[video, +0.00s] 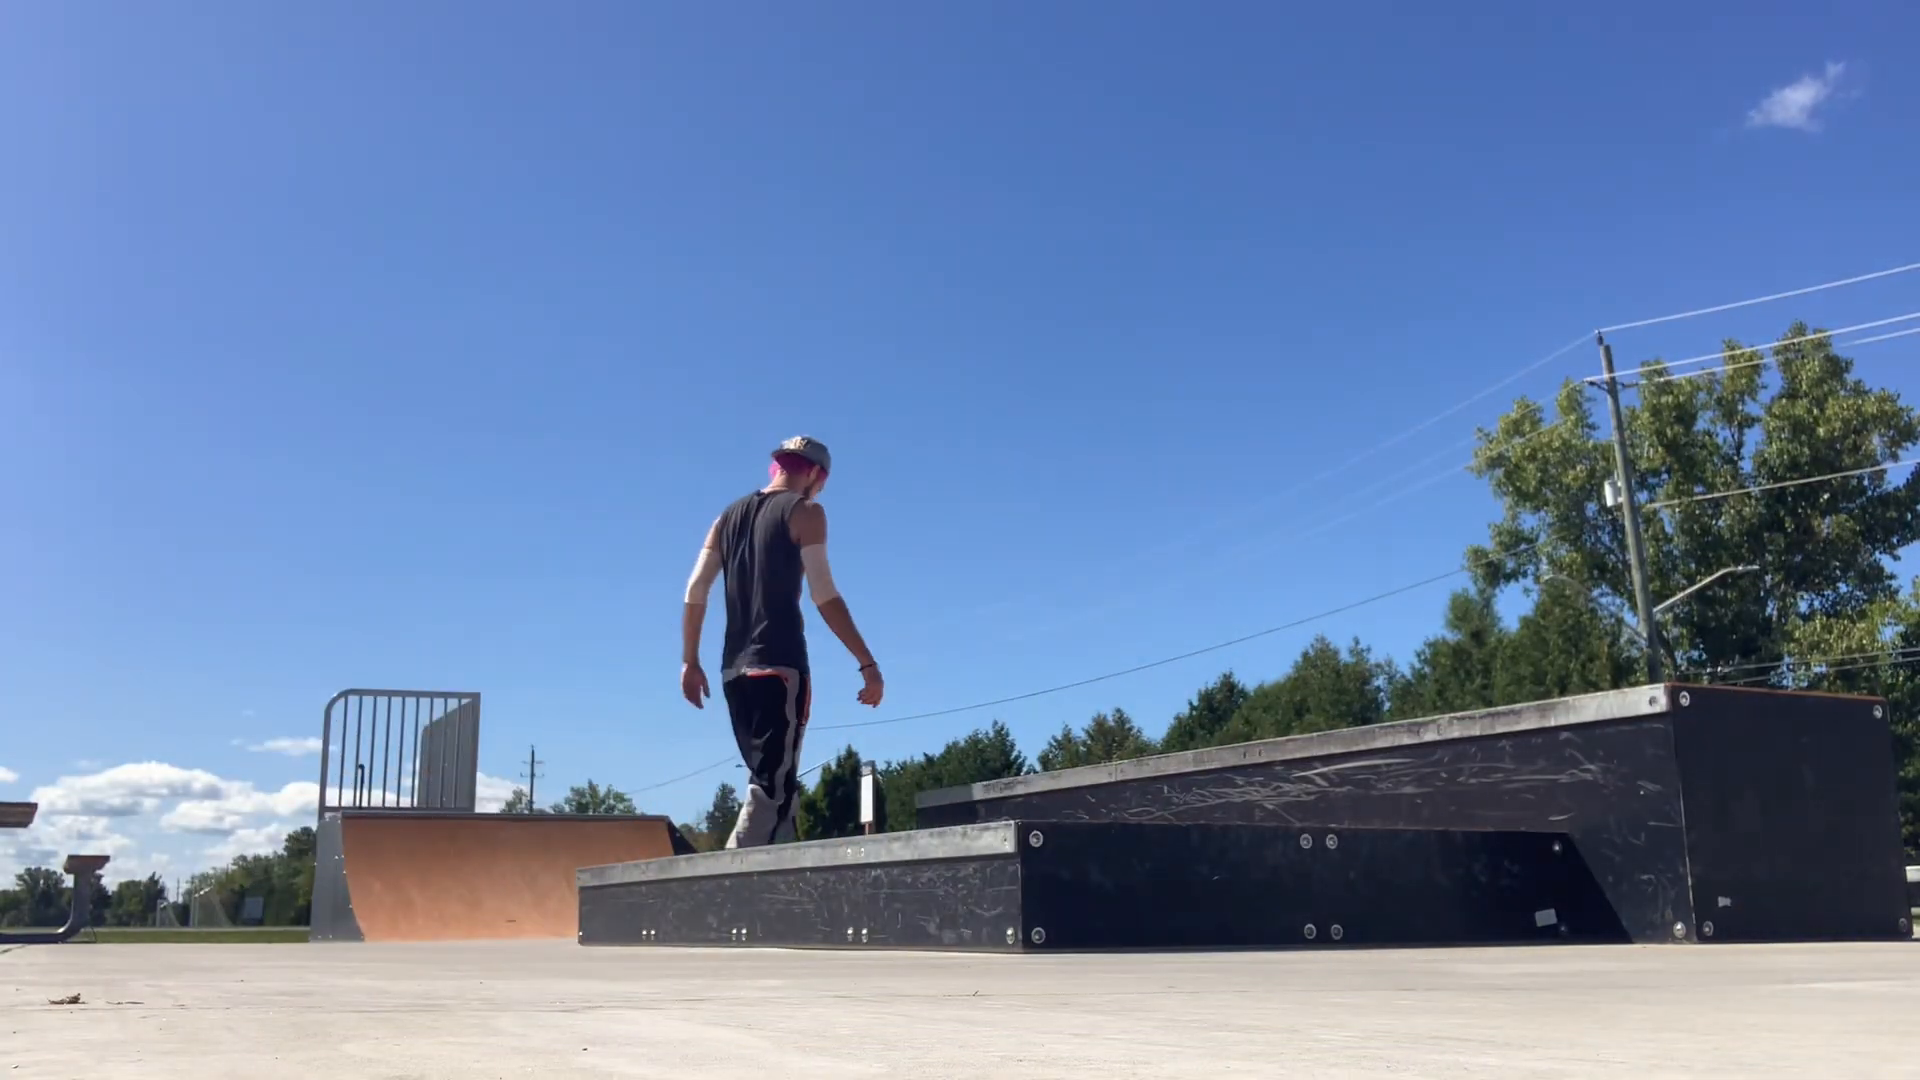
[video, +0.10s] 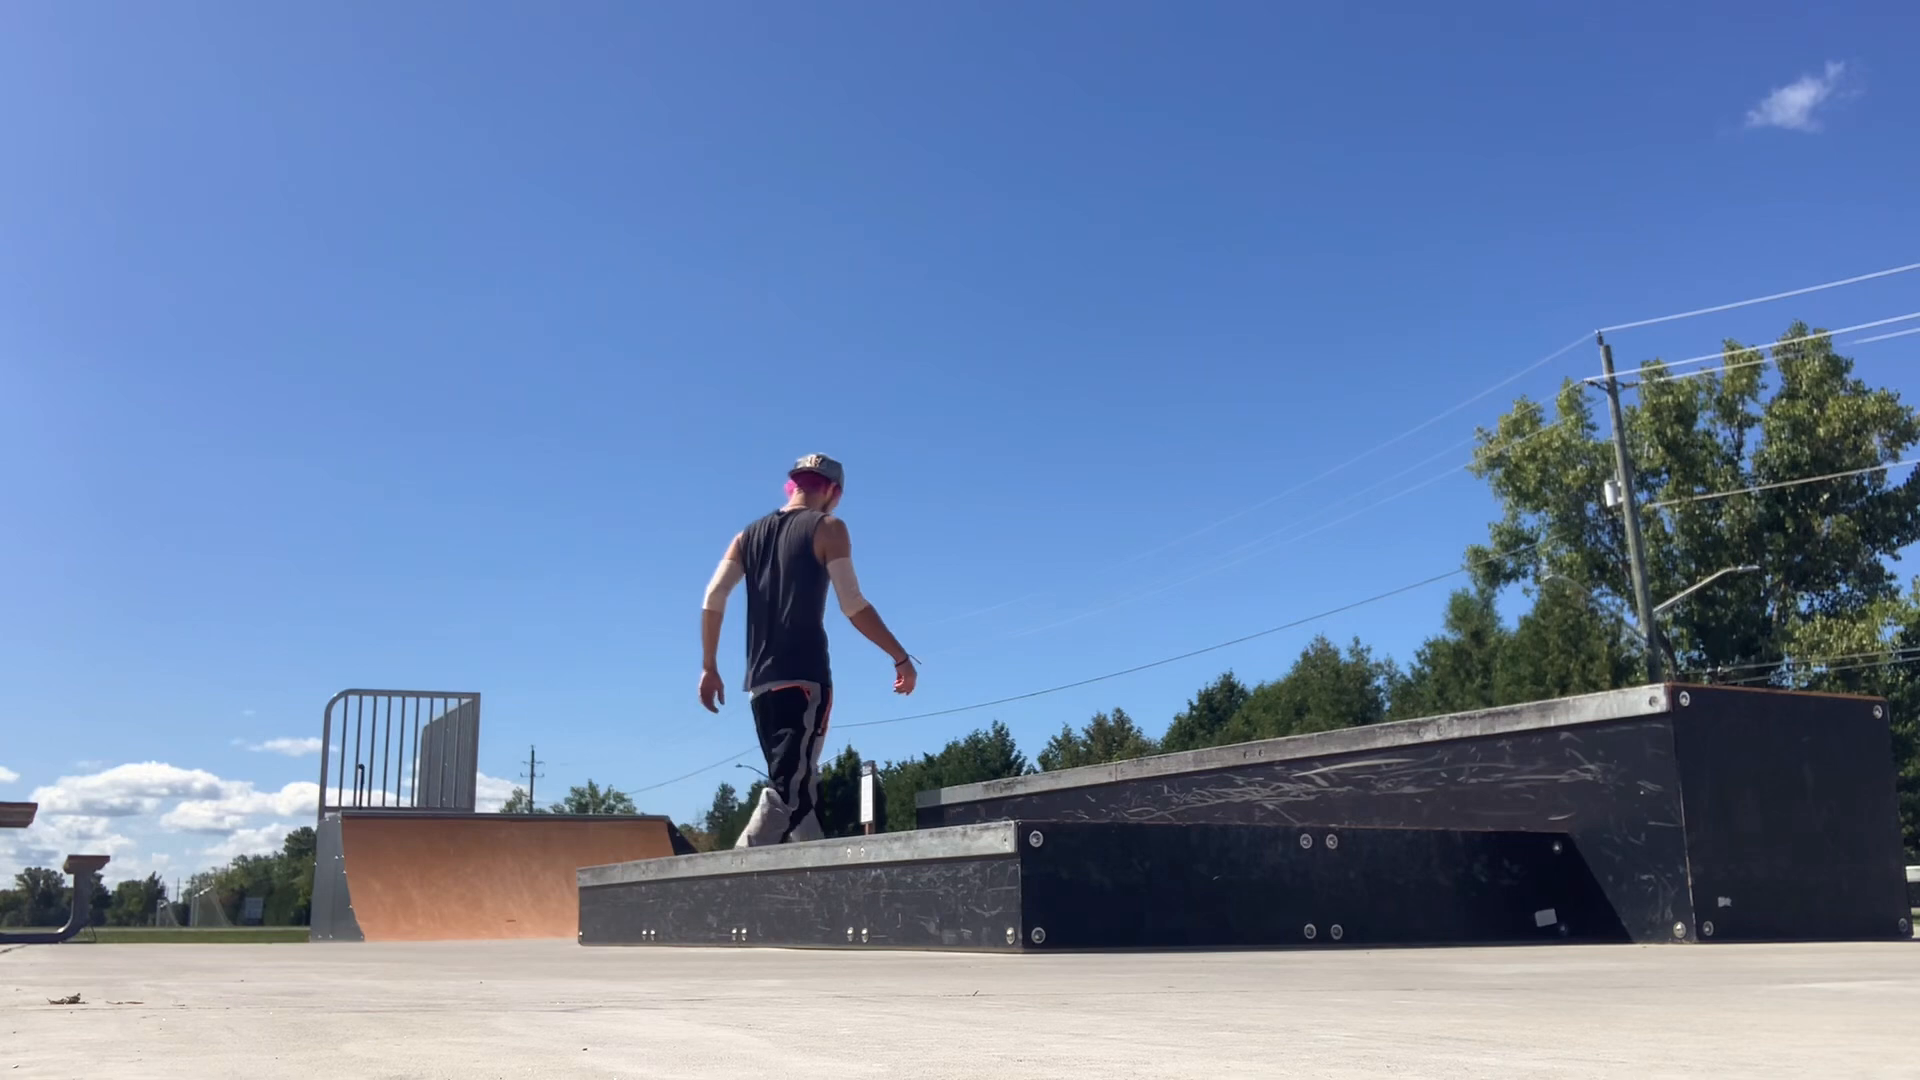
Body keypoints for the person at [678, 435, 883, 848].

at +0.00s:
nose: (819, 493)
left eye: (820, 485)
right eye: (822, 484)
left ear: (774, 470)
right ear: (815, 476)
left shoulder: (728, 517)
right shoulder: (802, 511)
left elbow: (695, 592)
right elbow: (824, 596)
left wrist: (689, 661)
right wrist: (867, 662)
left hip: (734, 669)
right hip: (779, 665)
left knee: (777, 787)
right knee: (770, 784)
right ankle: (732, 879)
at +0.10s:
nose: (836, 504)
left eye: (837, 497)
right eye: (838, 497)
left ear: (790, 488)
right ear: (831, 492)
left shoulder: (749, 534)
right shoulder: (825, 526)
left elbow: (713, 600)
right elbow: (854, 607)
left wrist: (709, 667)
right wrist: (900, 656)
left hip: (759, 680)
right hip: (803, 675)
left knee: (798, 791)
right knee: (786, 790)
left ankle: (828, 880)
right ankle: (735, 878)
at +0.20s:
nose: (850, 512)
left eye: (849, 506)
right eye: (851, 506)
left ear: (805, 500)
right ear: (846, 502)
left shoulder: (770, 544)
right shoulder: (845, 536)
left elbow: (737, 610)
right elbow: (866, 612)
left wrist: (744, 673)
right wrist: (898, 654)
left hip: (785, 692)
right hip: (830, 688)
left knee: (830, 796)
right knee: (830, 797)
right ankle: (766, 861)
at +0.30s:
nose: (864, 515)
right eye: (865, 509)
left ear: (820, 506)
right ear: (860, 506)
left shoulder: (787, 546)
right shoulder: (864, 539)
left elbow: (759, 616)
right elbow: (877, 617)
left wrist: (786, 665)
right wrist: (881, 654)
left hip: (805, 698)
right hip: (849, 693)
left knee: (841, 798)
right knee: (883, 790)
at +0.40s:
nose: (876, 514)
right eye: (876, 509)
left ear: (832, 504)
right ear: (871, 505)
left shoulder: (800, 540)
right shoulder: (877, 534)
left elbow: (773, 611)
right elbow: (886, 606)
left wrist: (810, 647)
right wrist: (877, 648)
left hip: (817, 689)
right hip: (867, 684)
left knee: (839, 789)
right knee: (906, 761)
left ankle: (844, 883)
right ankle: (866, 819)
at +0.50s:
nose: (886, 520)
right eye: (886, 515)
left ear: (841, 511)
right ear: (881, 511)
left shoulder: (810, 542)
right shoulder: (892, 538)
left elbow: (781, 606)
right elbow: (898, 604)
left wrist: (814, 651)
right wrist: (897, 653)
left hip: (828, 690)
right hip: (881, 685)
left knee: (848, 791)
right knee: (918, 737)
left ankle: (853, 885)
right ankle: (898, 811)